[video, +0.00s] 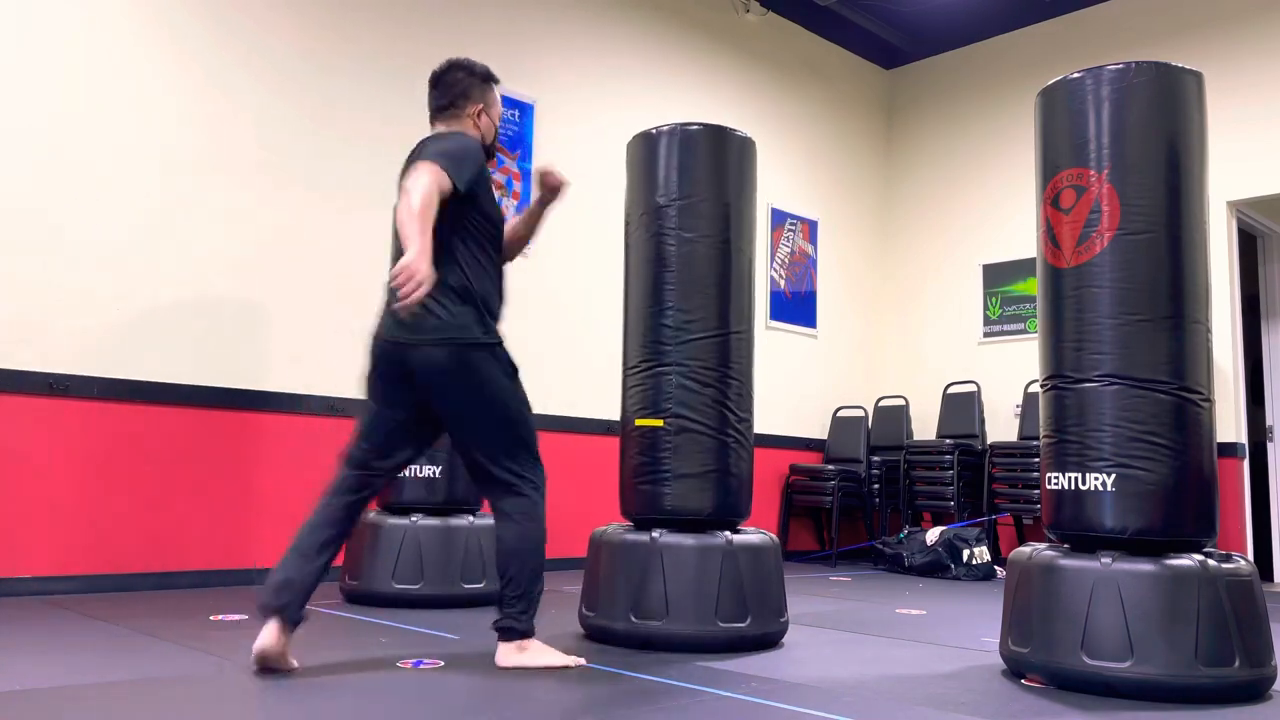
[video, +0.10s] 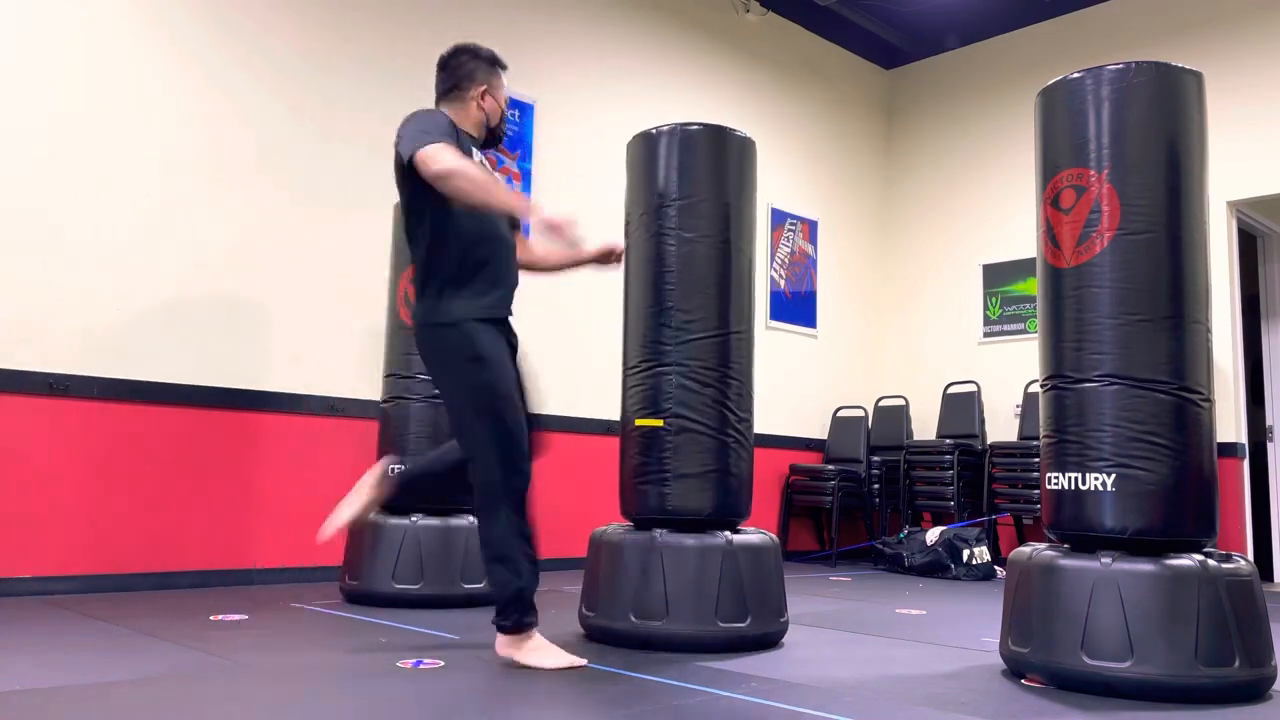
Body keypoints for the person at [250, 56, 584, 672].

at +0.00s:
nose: (498, 120)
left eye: (496, 111)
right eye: (495, 110)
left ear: (442, 110)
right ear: (479, 110)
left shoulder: (448, 162)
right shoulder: (460, 145)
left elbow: (500, 251)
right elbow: (418, 189)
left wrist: (541, 203)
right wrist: (421, 253)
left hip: (401, 344)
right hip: (461, 344)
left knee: (357, 477)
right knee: (520, 482)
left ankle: (279, 620)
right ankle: (517, 637)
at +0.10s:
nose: (504, 111)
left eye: (504, 101)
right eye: (502, 99)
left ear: (467, 98)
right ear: (482, 95)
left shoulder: (476, 166)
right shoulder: (427, 124)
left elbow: (520, 253)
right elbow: (439, 168)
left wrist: (588, 255)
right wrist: (530, 211)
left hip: (487, 325)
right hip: (456, 325)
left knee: (505, 454)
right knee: (502, 463)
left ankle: (390, 480)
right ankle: (516, 630)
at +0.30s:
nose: (532, 131)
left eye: (532, 122)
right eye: (529, 120)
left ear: (497, 114)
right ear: (505, 113)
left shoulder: (486, 164)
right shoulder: (454, 145)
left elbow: (462, 256)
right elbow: (518, 196)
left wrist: (518, 264)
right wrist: (553, 154)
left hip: (511, 327)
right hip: (458, 337)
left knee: (596, 369)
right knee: (511, 479)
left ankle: (615, 437)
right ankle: (530, 629)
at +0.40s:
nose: (527, 131)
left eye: (528, 122)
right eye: (525, 119)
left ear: (490, 112)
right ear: (502, 111)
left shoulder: (486, 165)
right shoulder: (457, 148)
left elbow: (468, 250)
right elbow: (461, 218)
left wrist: (512, 246)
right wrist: (526, 192)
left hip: (492, 333)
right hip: (456, 339)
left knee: (539, 433)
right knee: (497, 485)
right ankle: (528, 630)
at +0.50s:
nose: (522, 140)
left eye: (523, 130)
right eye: (520, 128)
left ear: (483, 123)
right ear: (496, 122)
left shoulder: (474, 183)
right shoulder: (450, 162)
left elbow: (478, 280)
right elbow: (413, 232)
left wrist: (513, 249)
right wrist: (498, 241)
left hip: (447, 348)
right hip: (447, 349)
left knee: (438, 492)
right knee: (496, 485)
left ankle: (375, 620)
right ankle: (522, 631)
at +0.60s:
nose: (519, 140)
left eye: (521, 130)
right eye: (516, 125)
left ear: (483, 122)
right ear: (487, 117)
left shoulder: (470, 183)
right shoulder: (442, 160)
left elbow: (473, 280)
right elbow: (401, 234)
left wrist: (504, 240)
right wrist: (486, 249)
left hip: (420, 333)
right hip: (420, 331)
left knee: (410, 481)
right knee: (494, 457)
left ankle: (370, 622)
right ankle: (446, 611)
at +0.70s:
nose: (510, 133)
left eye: (513, 124)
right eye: (510, 121)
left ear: (473, 111)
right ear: (484, 109)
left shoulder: (456, 162)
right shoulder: (442, 146)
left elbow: (458, 256)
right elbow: (409, 223)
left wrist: (489, 225)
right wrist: (488, 236)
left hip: (410, 325)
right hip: (414, 324)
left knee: (399, 467)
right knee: (455, 468)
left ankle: (372, 619)